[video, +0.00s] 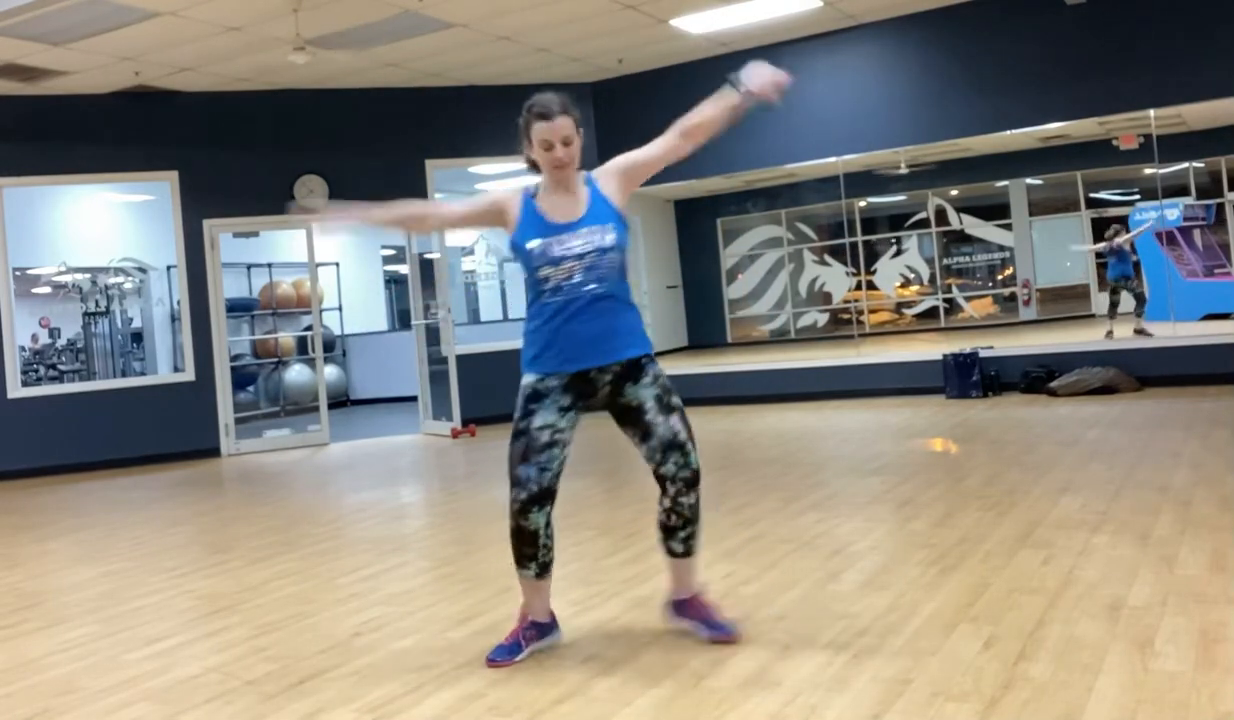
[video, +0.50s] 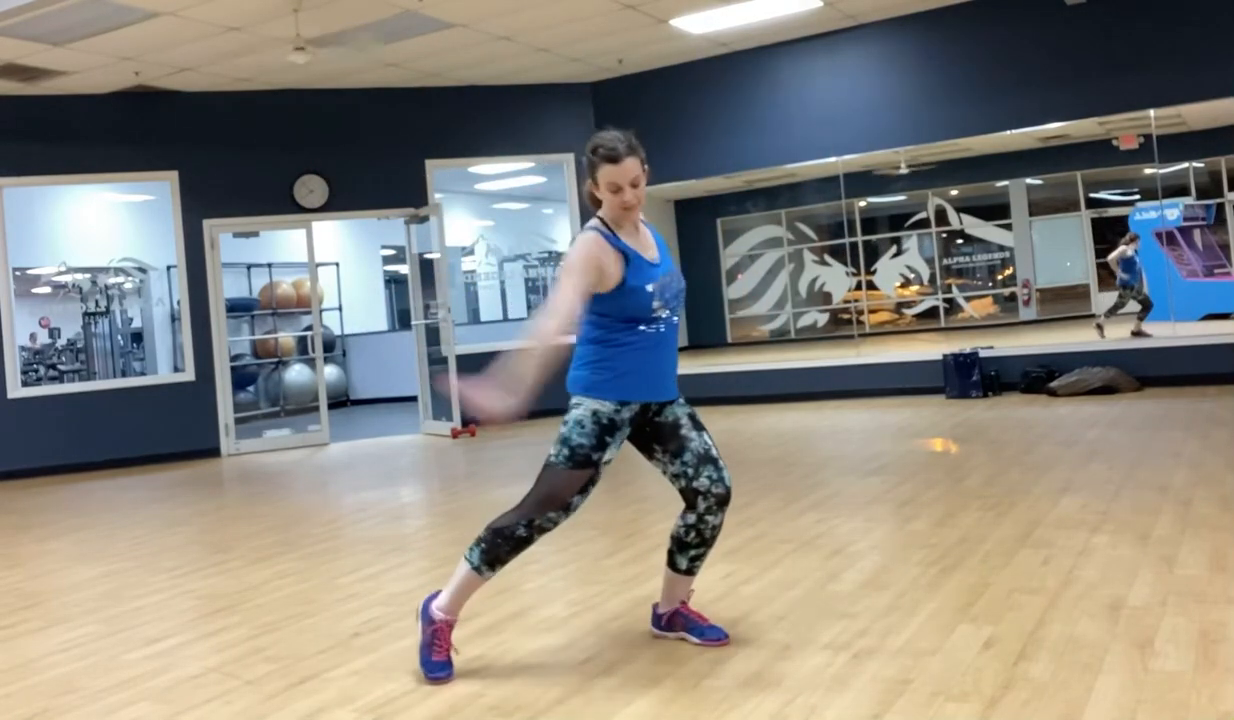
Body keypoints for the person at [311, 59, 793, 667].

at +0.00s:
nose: (559, 154)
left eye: (567, 142)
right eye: (547, 146)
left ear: (582, 138)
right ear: (530, 149)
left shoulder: (613, 181)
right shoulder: (510, 205)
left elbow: (685, 135)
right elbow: (428, 214)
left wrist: (743, 89)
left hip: (628, 363)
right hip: (551, 375)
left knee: (681, 467)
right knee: (528, 492)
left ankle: (685, 595)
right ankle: (537, 617)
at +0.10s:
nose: (564, 157)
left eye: (572, 146)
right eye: (552, 150)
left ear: (590, 137)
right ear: (537, 151)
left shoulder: (625, 177)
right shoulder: (522, 200)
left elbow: (700, 145)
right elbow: (432, 196)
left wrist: (770, 127)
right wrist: (346, 177)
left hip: (639, 362)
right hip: (562, 372)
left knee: (679, 472)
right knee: (527, 490)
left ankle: (673, 603)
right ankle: (519, 606)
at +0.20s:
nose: (583, 174)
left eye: (590, 162)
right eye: (571, 166)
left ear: (606, 151)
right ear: (555, 163)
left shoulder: (641, 186)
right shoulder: (546, 208)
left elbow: (715, 179)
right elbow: (457, 195)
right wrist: (373, 163)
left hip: (650, 371)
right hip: (579, 376)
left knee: (691, 480)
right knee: (537, 487)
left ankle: (670, 607)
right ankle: (471, 604)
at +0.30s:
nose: (608, 189)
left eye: (616, 176)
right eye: (595, 181)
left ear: (630, 168)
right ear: (577, 179)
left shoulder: (653, 208)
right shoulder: (565, 224)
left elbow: (692, 236)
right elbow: (476, 222)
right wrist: (386, 202)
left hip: (656, 386)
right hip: (592, 390)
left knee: (706, 488)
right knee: (538, 507)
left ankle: (672, 608)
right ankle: (451, 614)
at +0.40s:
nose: (616, 193)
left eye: (623, 182)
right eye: (603, 185)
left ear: (638, 176)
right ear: (586, 186)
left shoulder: (648, 215)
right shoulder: (578, 233)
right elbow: (505, 254)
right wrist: (436, 259)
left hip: (659, 390)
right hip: (596, 397)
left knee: (708, 491)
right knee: (543, 509)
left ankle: (671, 608)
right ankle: (448, 614)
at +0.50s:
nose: (631, 196)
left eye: (637, 183)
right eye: (617, 189)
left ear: (646, 177)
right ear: (596, 192)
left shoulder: (647, 229)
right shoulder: (592, 248)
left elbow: (640, 300)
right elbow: (553, 326)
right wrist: (508, 388)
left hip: (659, 398)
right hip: (601, 404)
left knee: (712, 493)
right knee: (545, 510)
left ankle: (671, 608)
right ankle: (442, 610)